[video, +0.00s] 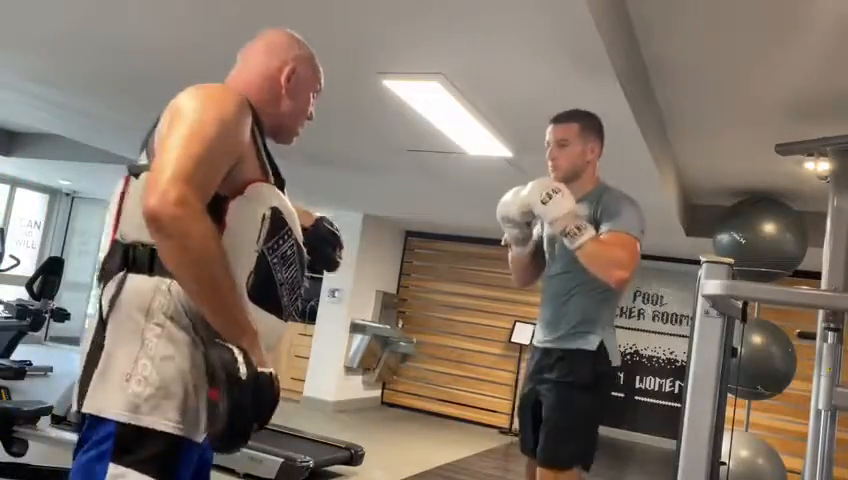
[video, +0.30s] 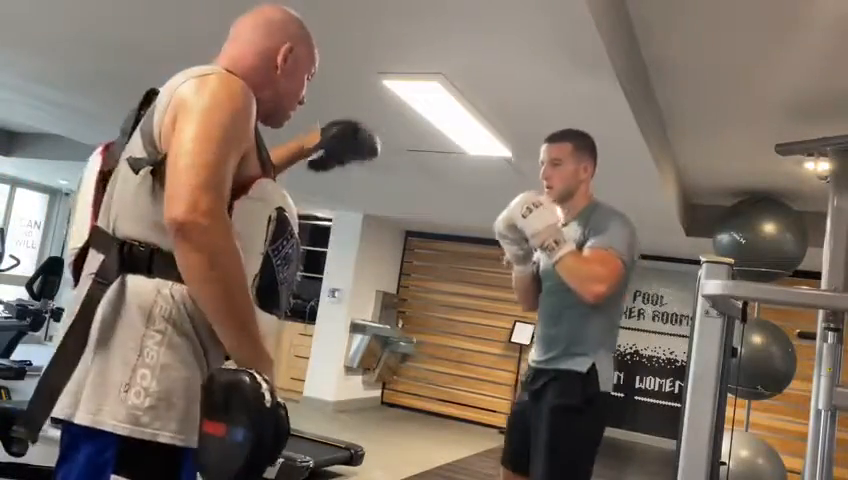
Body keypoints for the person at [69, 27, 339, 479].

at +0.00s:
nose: (313, 113)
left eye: (317, 99)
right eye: (315, 94)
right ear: (287, 77)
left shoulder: (248, 142)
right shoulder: (218, 103)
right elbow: (172, 206)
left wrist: (297, 221)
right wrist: (247, 341)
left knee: (184, 465)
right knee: (132, 467)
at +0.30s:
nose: (304, 95)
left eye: (310, 80)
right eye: (307, 76)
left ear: (239, 47)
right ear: (283, 57)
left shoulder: (197, 91)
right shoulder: (221, 91)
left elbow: (236, 174)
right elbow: (193, 217)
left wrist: (311, 146)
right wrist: (258, 368)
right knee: (141, 467)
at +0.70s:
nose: (336, 134)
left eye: (342, 123)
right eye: (338, 118)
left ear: (309, 98)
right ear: (316, 98)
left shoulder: (280, 158)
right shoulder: (256, 109)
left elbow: (290, 232)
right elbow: (186, 168)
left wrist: (350, 188)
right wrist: (206, 314)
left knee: (203, 469)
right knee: (142, 471)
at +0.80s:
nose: (346, 141)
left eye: (351, 130)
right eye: (348, 125)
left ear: (318, 106)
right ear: (325, 106)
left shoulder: (292, 167)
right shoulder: (266, 113)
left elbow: (293, 241)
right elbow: (193, 161)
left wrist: (351, 199)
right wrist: (209, 302)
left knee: (202, 470)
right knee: (143, 471)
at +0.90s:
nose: (347, 148)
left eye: (352, 137)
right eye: (349, 132)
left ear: (320, 111)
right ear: (327, 111)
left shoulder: (293, 172)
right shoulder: (269, 114)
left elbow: (299, 243)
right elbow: (197, 159)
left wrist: (354, 201)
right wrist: (235, 295)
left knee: (201, 468)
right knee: (146, 469)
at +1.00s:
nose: (343, 143)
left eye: (349, 132)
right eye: (345, 126)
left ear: (316, 108)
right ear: (323, 107)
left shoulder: (290, 170)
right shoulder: (265, 112)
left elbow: (298, 242)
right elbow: (209, 166)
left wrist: (353, 195)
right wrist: (277, 285)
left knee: (202, 462)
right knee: (147, 463)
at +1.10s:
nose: (336, 135)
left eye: (341, 124)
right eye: (338, 118)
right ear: (316, 98)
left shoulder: (281, 166)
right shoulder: (258, 106)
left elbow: (290, 236)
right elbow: (230, 174)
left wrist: (347, 181)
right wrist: (328, 282)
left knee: (203, 460)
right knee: (142, 464)